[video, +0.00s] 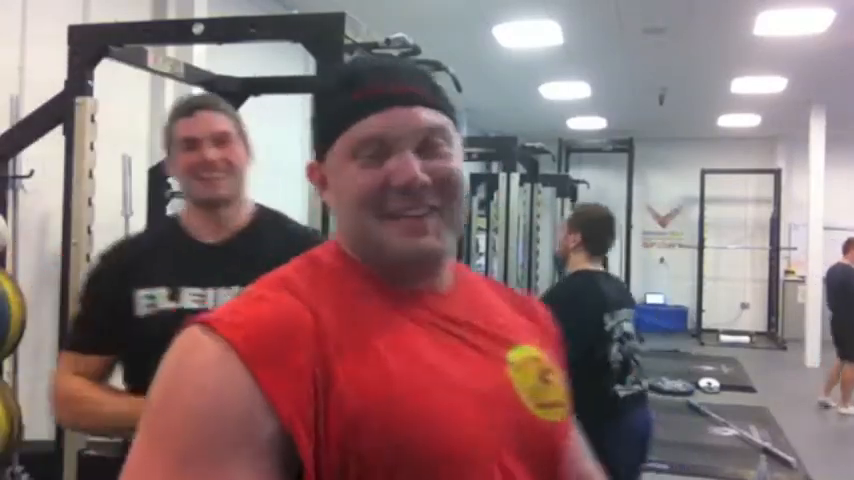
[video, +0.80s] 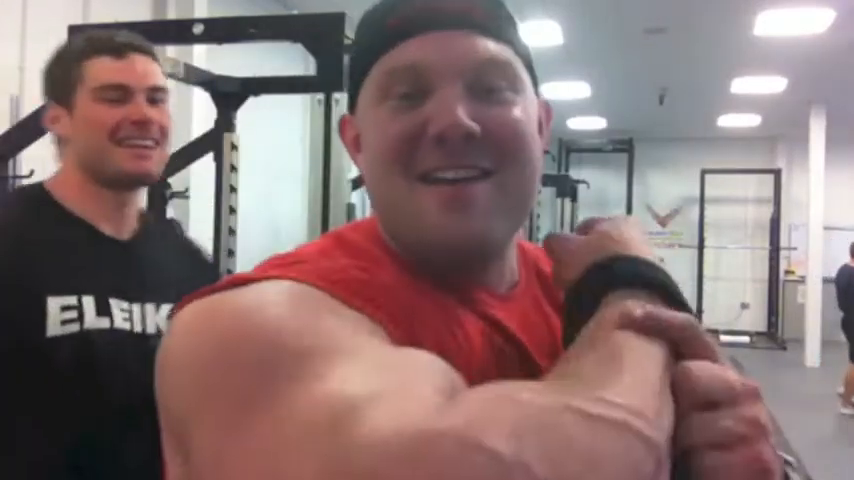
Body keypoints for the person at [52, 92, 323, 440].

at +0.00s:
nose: (209, 157)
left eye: (223, 142)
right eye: (190, 146)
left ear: (247, 152)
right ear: (169, 166)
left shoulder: (308, 256)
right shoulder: (127, 266)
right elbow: (70, 396)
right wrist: (166, 411)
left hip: (281, 462)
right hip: (165, 461)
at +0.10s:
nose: (185, 145)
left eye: (200, 130)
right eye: (164, 134)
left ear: (228, 145)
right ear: (143, 155)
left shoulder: (291, 249)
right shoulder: (94, 264)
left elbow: (333, 379)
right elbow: (34, 396)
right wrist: (133, 421)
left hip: (261, 467)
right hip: (143, 472)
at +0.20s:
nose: (170, 140)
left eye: (185, 126)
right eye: (148, 128)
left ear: (213, 142)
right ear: (125, 150)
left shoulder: (280, 253)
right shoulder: (72, 266)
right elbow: (10, 394)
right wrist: (89, 449)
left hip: (247, 468)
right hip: (121, 473)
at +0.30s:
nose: (167, 141)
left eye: (183, 127)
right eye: (145, 128)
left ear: (210, 147)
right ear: (117, 151)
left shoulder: (277, 265)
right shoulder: (56, 273)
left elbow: (325, 412)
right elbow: (3, 413)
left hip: (231, 469)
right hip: (90, 470)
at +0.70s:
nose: (160, 115)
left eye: (174, 99)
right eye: (131, 99)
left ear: (191, 117)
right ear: (83, 120)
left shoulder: (232, 268)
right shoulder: (15, 242)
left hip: (183, 468)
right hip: (39, 466)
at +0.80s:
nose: (144, 115)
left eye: (157, 99)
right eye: (115, 98)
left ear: (169, 116)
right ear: (58, 119)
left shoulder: (192, 268)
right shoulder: (11, 236)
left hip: (160, 469)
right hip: (31, 465)